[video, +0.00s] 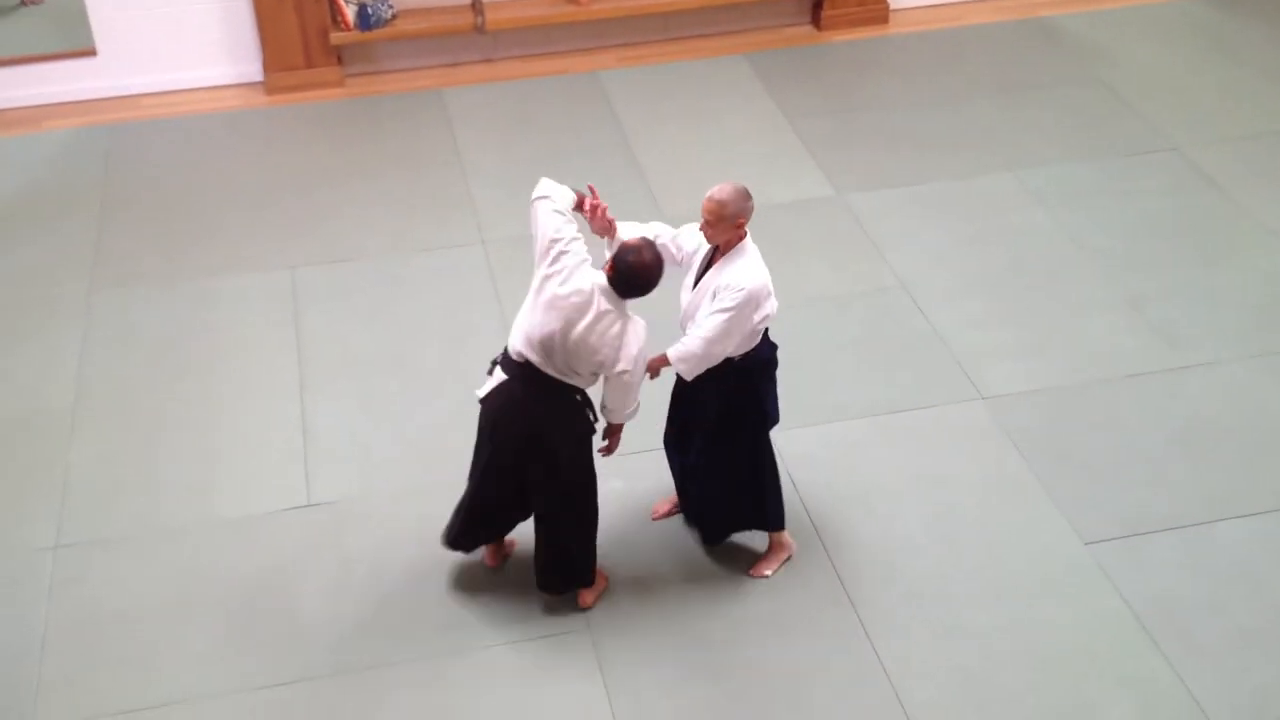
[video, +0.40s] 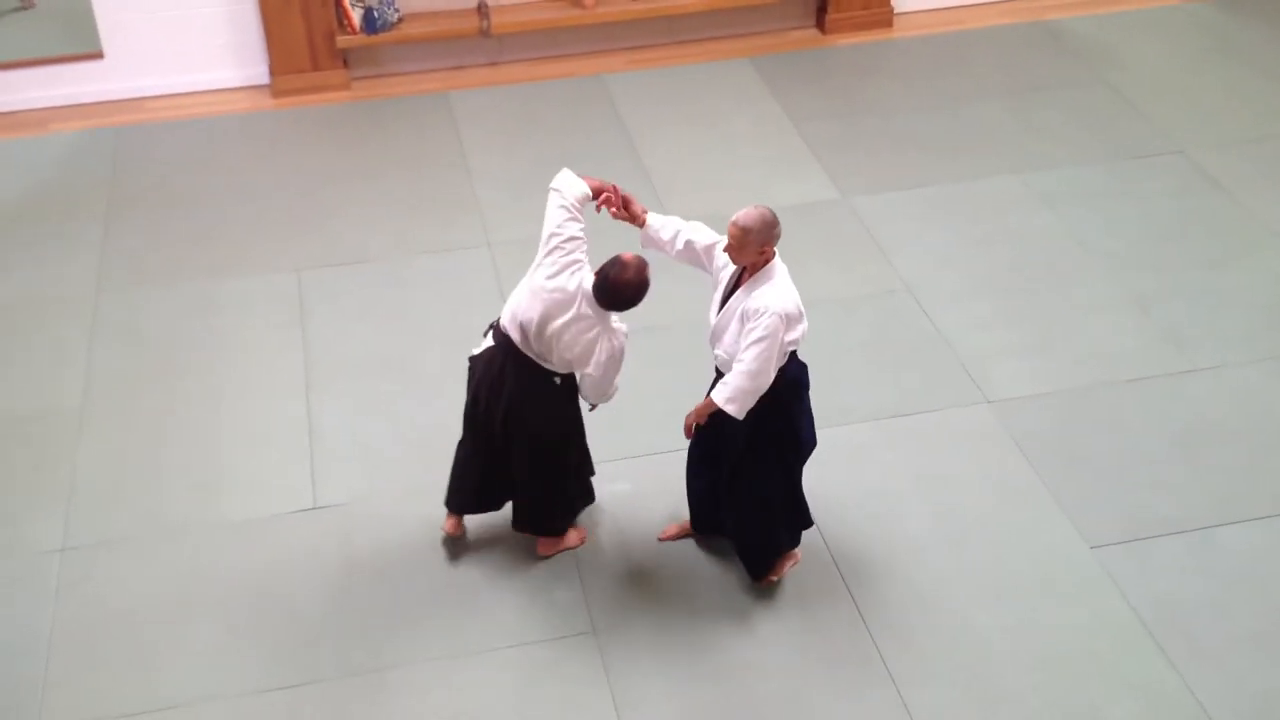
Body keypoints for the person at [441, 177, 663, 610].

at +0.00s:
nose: (621, 238)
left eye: (622, 242)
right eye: (633, 240)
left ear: (609, 260)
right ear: (647, 289)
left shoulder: (566, 262)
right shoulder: (628, 334)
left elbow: (545, 194)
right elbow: (621, 395)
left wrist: (579, 201)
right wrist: (615, 426)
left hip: (509, 391)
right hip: (563, 413)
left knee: (496, 471)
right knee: (572, 497)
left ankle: (493, 544)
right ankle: (584, 585)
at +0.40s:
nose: (627, 252)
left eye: (622, 258)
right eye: (638, 261)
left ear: (601, 269)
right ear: (629, 302)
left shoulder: (564, 258)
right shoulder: (609, 339)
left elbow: (566, 188)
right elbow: (596, 393)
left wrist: (600, 187)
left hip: (498, 360)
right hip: (546, 386)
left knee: (477, 438)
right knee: (552, 457)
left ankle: (454, 517)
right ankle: (551, 535)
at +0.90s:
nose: (619, 269)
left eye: (613, 275)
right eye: (629, 277)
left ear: (590, 285)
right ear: (618, 322)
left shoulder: (551, 266)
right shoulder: (599, 345)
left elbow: (555, 207)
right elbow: (591, 379)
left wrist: (614, 213)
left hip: (488, 354)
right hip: (540, 379)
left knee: (462, 429)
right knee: (543, 455)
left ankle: (443, 505)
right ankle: (550, 535)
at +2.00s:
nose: (602, 232)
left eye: (601, 237)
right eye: (608, 242)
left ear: (583, 240)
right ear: (599, 281)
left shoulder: (559, 233)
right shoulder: (561, 329)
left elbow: (590, 226)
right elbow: (566, 385)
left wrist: (623, 256)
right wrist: (581, 393)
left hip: (477, 340)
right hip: (510, 379)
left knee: (477, 420)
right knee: (552, 453)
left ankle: (422, 473)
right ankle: (556, 534)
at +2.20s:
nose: (577, 253)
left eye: (577, 247)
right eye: (571, 249)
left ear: (541, 252)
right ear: (544, 257)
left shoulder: (533, 254)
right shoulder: (512, 309)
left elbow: (592, 284)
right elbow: (511, 379)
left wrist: (649, 304)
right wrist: (546, 419)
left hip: (467, 363)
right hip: (486, 385)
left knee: (466, 443)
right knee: (545, 455)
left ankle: (443, 498)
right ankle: (560, 534)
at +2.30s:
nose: (567, 247)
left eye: (567, 239)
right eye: (561, 241)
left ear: (534, 245)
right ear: (531, 247)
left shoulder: (551, 261)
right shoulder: (489, 294)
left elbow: (600, 299)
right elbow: (481, 371)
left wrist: (659, 318)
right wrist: (516, 418)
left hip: (503, 369)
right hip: (472, 380)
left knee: (466, 449)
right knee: (530, 455)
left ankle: (442, 500)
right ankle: (551, 535)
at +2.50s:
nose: (568, 241)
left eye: (569, 232)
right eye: (561, 234)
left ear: (534, 236)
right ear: (529, 236)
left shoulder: (567, 265)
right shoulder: (480, 279)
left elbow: (615, 308)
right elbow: (447, 348)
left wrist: (677, 322)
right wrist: (457, 408)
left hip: (520, 379)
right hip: (476, 379)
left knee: (520, 459)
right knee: (477, 461)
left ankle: (524, 533)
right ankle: (474, 534)